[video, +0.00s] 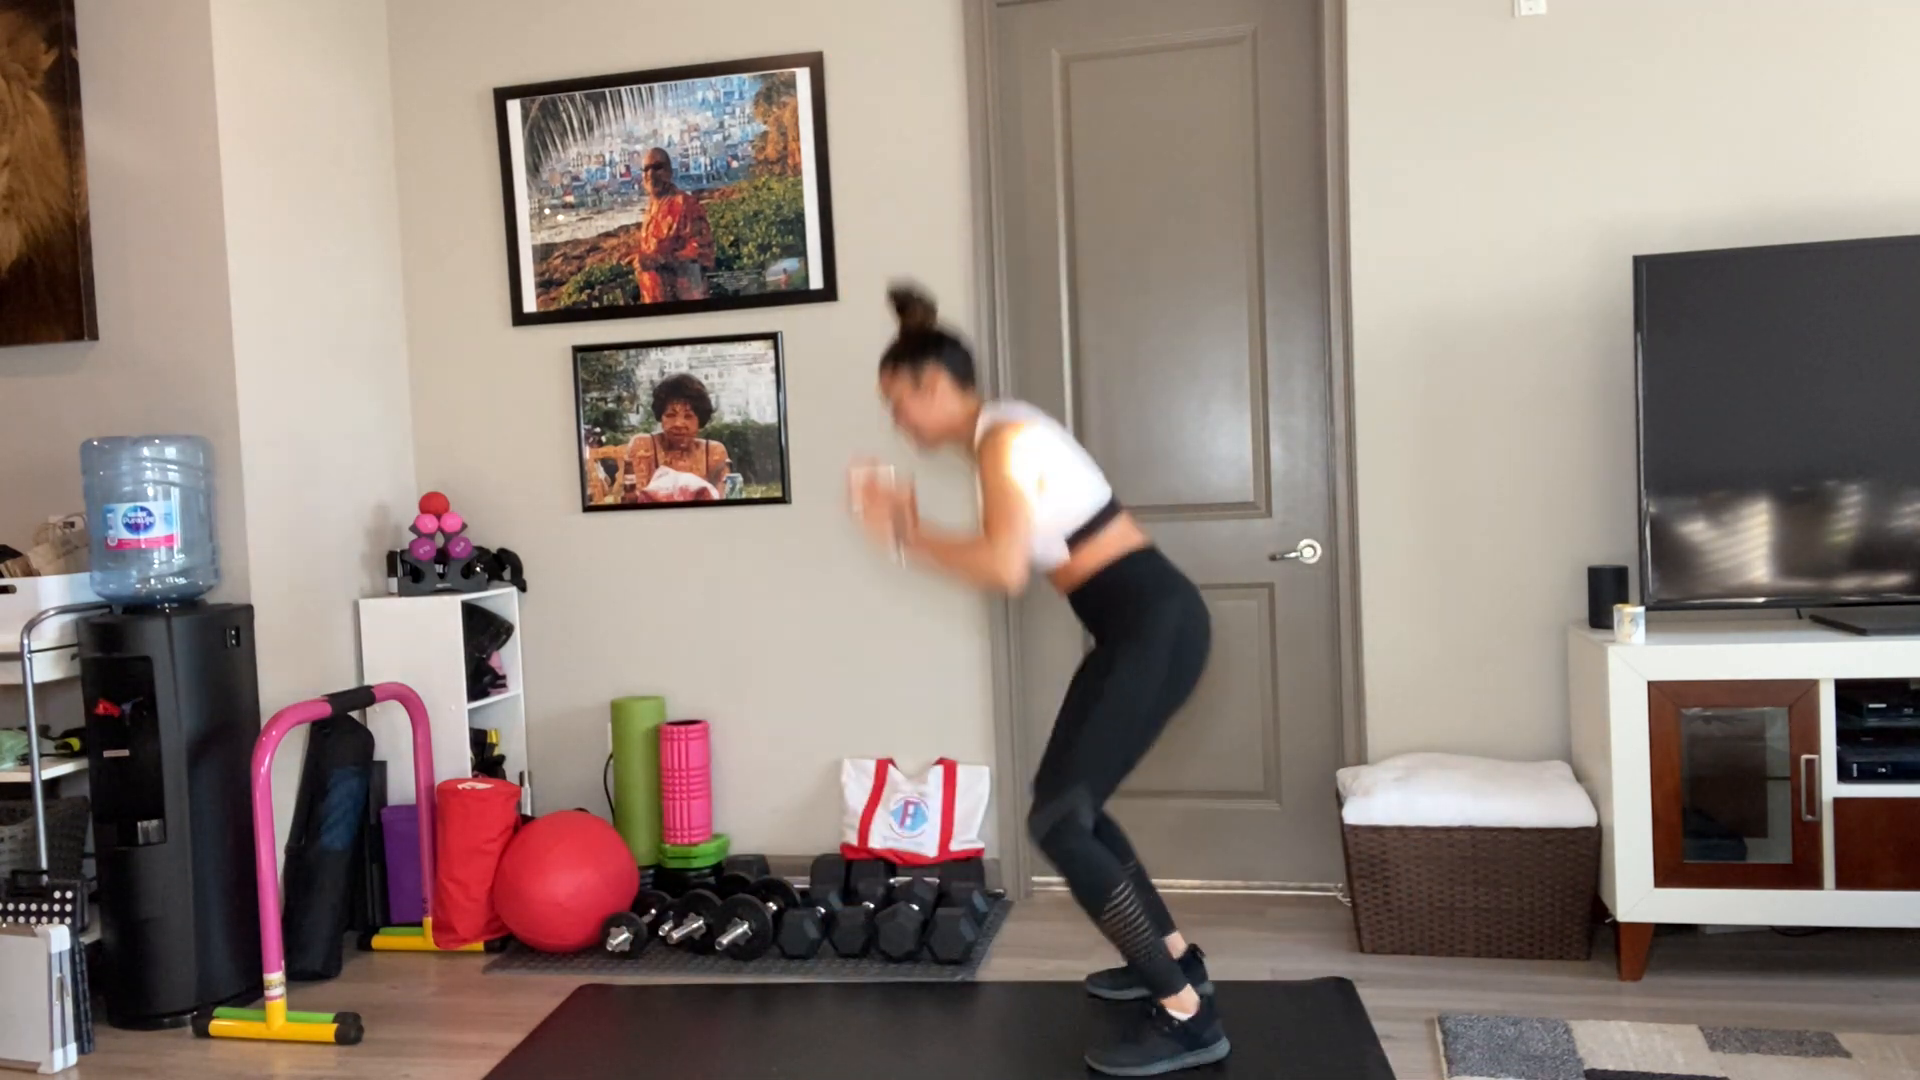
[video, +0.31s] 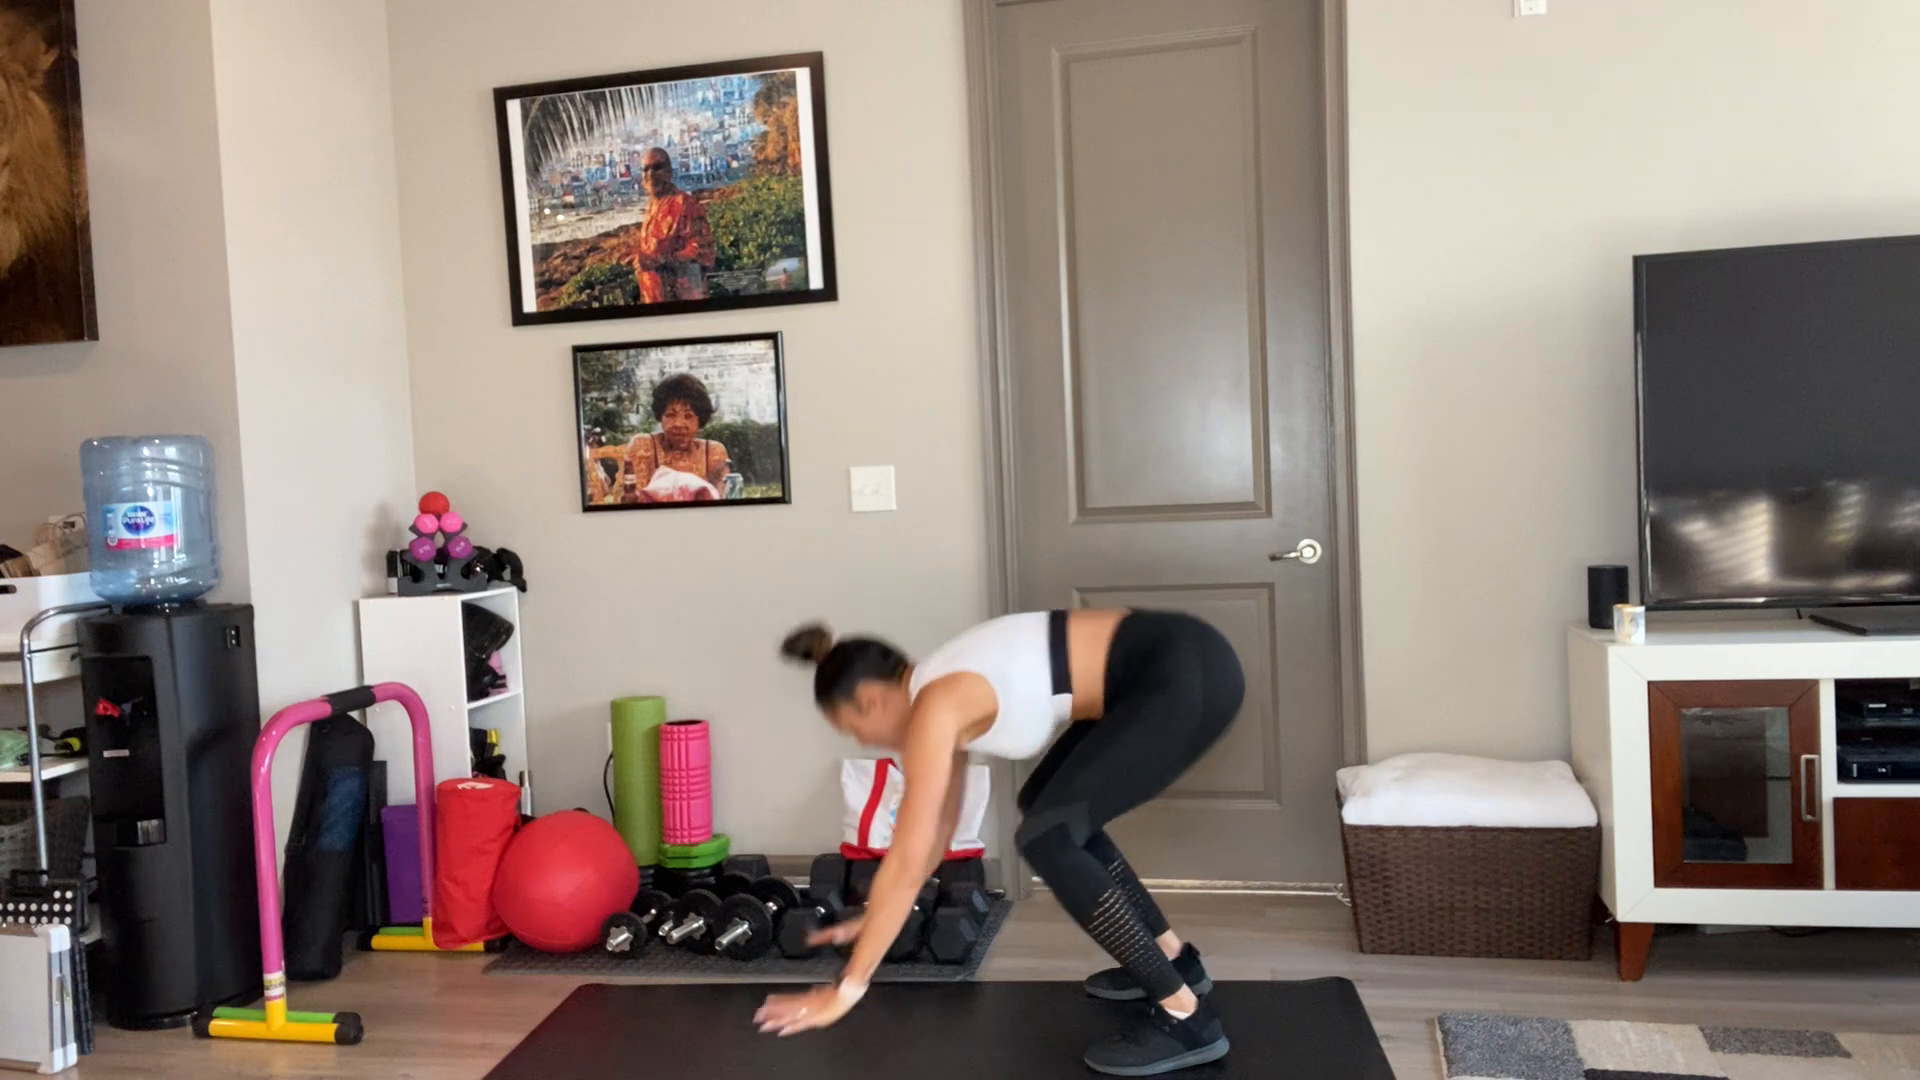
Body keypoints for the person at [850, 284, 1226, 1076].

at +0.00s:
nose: (899, 419)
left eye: (901, 400)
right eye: (893, 406)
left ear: (941, 384)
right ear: (938, 387)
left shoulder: (1007, 442)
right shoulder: (997, 438)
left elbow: (1006, 568)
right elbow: (999, 557)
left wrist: (911, 534)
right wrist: (912, 527)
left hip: (1155, 624)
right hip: (1131, 625)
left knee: (1061, 817)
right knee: (1067, 802)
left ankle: (1185, 1010)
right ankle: (1169, 951)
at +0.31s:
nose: (864, 741)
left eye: (855, 729)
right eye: (852, 733)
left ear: (874, 697)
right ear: (885, 685)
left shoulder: (936, 708)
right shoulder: (940, 687)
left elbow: (908, 856)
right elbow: (933, 839)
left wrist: (846, 988)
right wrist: (875, 916)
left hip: (1182, 675)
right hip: (1150, 670)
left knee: (1050, 835)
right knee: (1044, 803)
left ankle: (1185, 1015)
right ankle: (1167, 955)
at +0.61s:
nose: (785, 833)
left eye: (771, 821)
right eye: (771, 825)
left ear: (781, 787)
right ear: (788, 772)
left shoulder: (843, 771)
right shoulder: (855, 749)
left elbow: (843, 922)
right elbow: (862, 901)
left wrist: (827, 1051)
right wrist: (826, 981)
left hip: (1041, 647)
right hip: (1046, 648)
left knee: (1167, 842)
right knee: (1162, 809)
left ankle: (1389, 938)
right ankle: (1339, 859)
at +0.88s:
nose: (703, 803)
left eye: (699, 789)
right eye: (696, 791)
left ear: (722, 764)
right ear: (742, 740)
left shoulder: (805, 795)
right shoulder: (824, 747)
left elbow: (851, 932)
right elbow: (871, 888)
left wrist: (829, 1051)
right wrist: (838, 965)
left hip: (1016, 843)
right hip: (1029, 816)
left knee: (1206, 967)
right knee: (1196, 920)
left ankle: (1439, 969)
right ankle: (1384, 905)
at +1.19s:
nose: (666, 932)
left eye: (661, 917)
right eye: (657, 922)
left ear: (689, 894)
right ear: (700, 870)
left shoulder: (755, 916)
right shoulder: (776, 871)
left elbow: (855, 968)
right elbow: (872, 908)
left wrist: (823, 1065)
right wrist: (820, 978)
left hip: (976, 955)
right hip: (989, 907)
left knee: (1191, 1027)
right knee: (1184, 965)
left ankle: (1416, 972)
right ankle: (1369, 903)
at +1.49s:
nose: (658, 955)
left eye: (653, 940)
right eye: (650, 944)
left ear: (681, 920)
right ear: (698, 889)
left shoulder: (746, 941)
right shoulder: (772, 890)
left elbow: (843, 966)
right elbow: (876, 863)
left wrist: (825, 1061)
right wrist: (842, 959)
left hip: (968, 973)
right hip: (987, 921)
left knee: (1186, 1028)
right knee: (1181, 969)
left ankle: (1410, 963)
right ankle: (1367, 900)